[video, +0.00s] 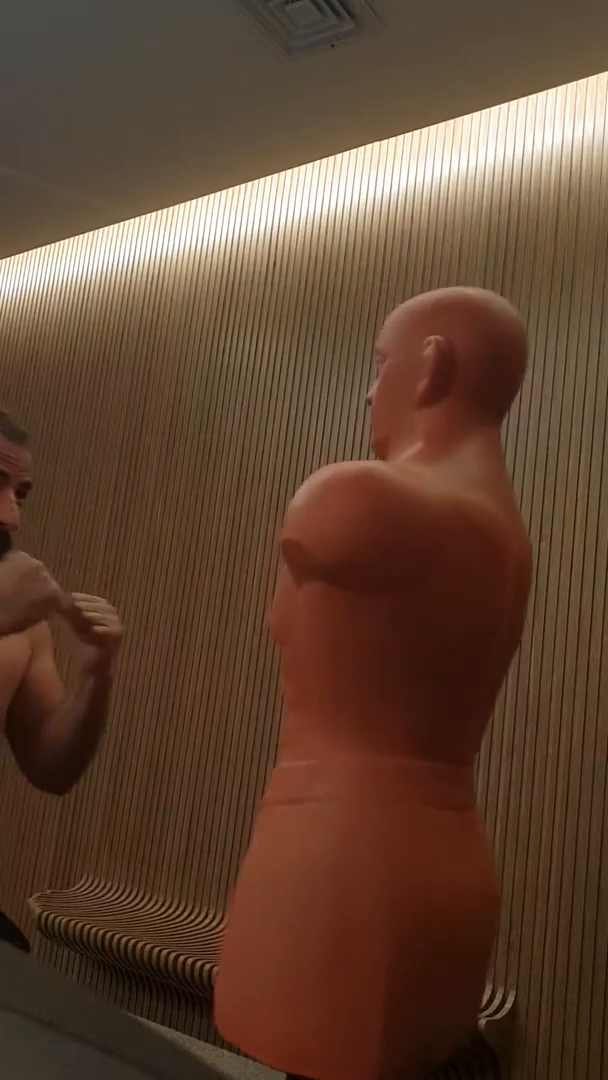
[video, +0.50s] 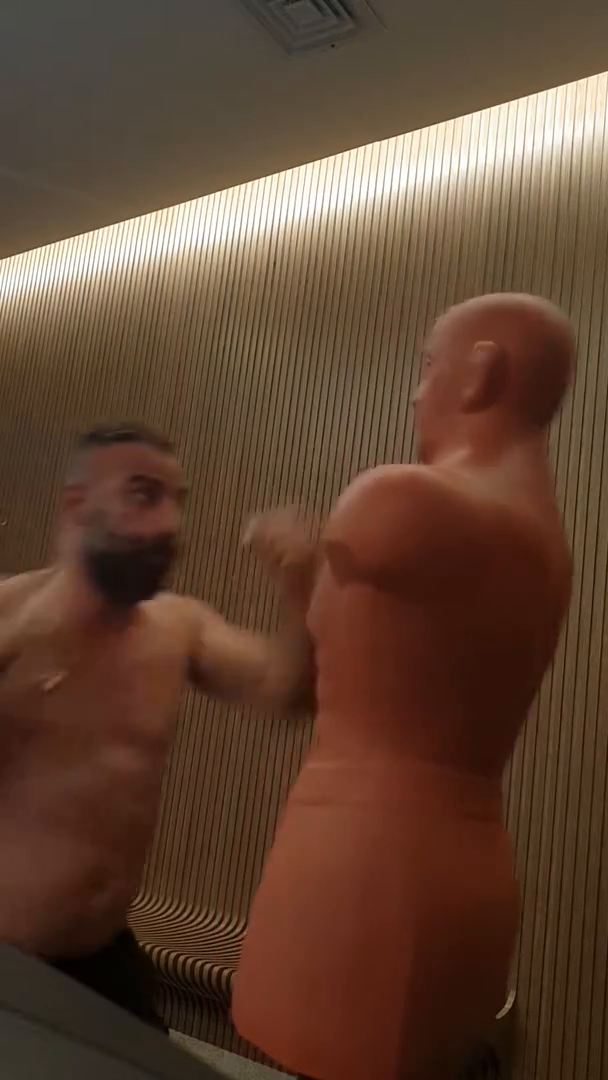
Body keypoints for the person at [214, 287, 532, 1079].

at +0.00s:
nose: (369, 390)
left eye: (383, 363)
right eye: (374, 365)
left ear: (434, 368)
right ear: (494, 393)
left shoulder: (348, 502)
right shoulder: (504, 538)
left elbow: (281, 623)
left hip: (337, 871)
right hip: (444, 860)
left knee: (295, 1064)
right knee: (404, 1065)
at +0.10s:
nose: (377, 386)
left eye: (390, 361)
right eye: (382, 363)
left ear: (444, 366)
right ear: (502, 392)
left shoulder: (358, 504)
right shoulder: (513, 540)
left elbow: (287, 620)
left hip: (335, 879)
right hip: (444, 865)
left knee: (292, 1063)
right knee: (403, 1064)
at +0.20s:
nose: (369, 392)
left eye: (381, 366)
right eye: (374, 368)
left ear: (434, 369)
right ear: (493, 395)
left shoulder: (353, 503)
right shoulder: (505, 537)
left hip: (341, 866)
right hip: (444, 853)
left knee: (297, 1062)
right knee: (404, 1064)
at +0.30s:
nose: (356, 401)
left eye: (366, 376)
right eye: (359, 379)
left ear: (417, 378)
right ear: (479, 401)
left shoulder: (344, 503)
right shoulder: (491, 542)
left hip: (334, 858)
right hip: (436, 850)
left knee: (312, 1063)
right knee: (401, 1063)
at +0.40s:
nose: (354, 406)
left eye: (362, 383)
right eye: (355, 386)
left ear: (410, 381)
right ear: (474, 403)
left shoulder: (344, 503)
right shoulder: (484, 536)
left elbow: (295, 526)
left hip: (335, 859)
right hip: (432, 848)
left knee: (320, 1063)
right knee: (395, 1063)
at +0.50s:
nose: (417, 394)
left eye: (429, 368)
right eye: (421, 370)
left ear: (481, 374)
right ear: (538, 395)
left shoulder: (401, 500)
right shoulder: (541, 540)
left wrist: (294, 556)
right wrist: (309, 570)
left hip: (363, 871)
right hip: (465, 863)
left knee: (322, 1062)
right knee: (412, 1066)